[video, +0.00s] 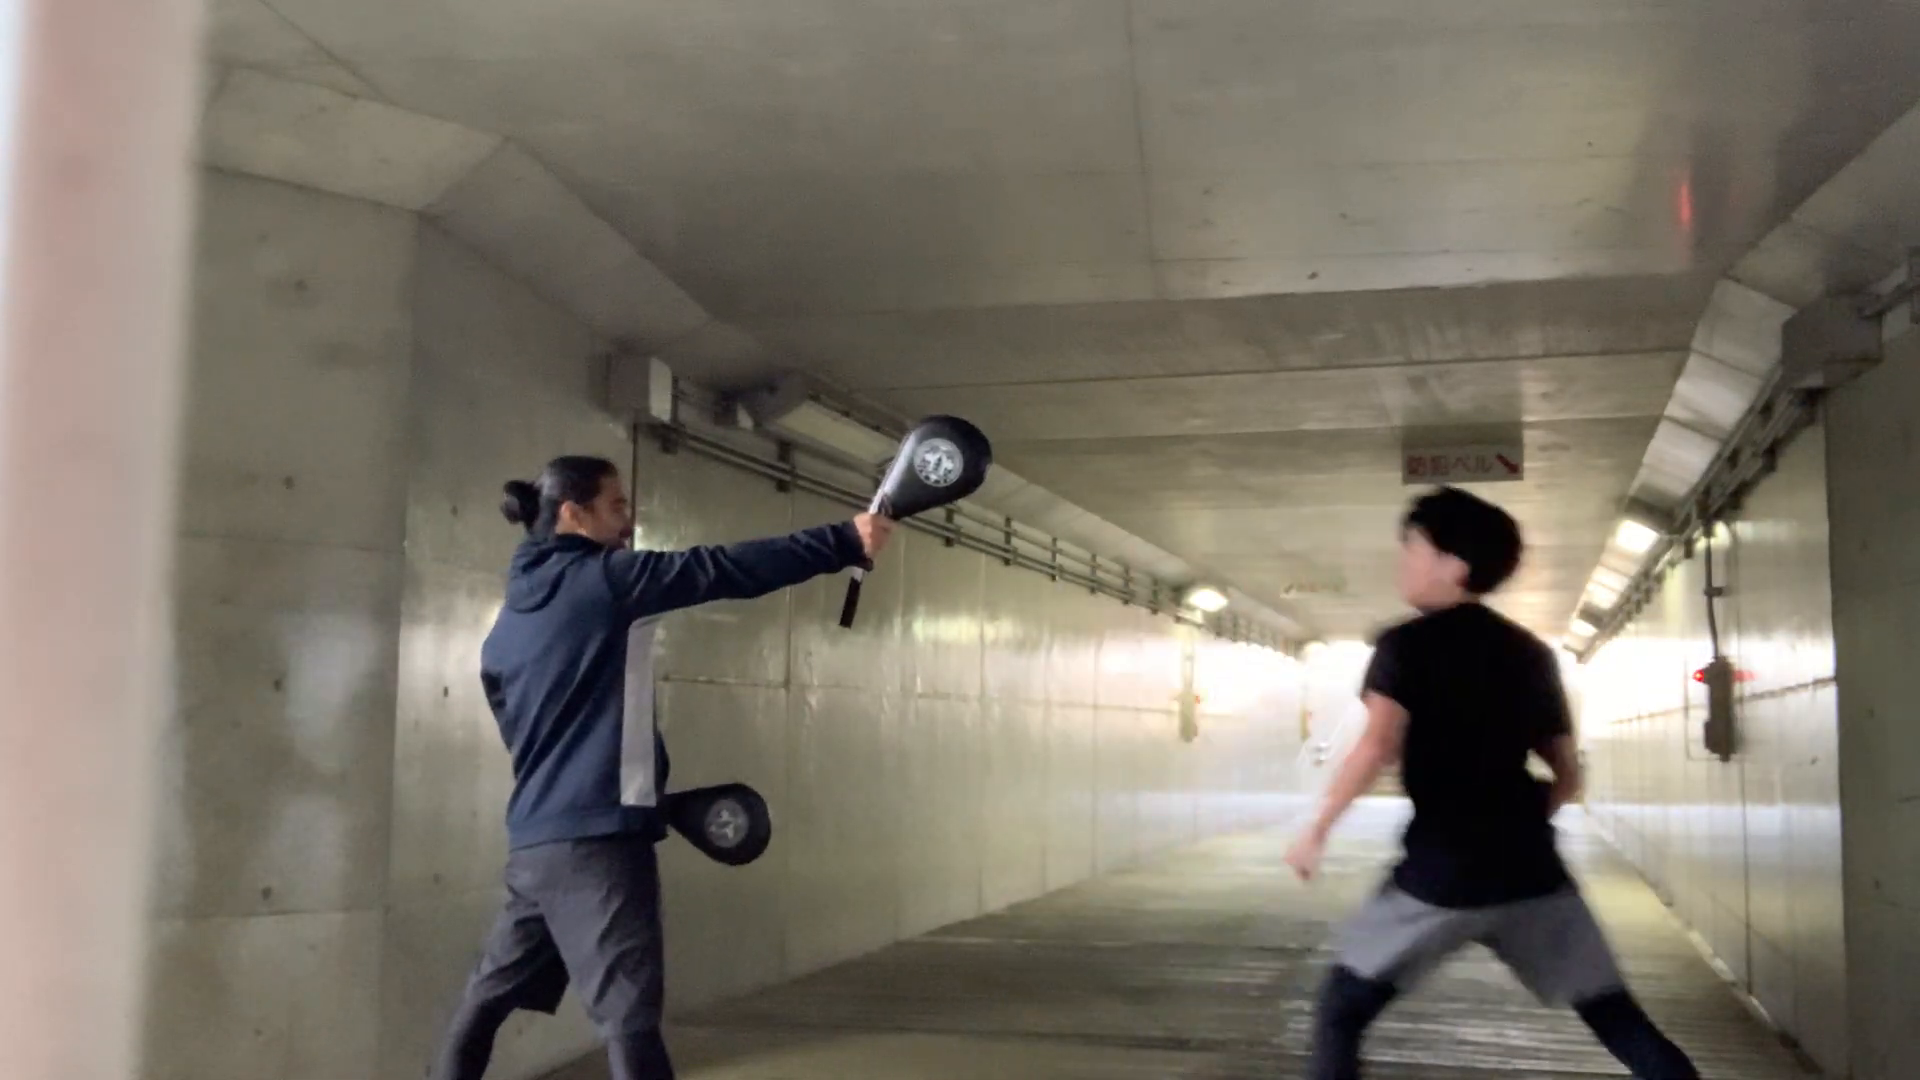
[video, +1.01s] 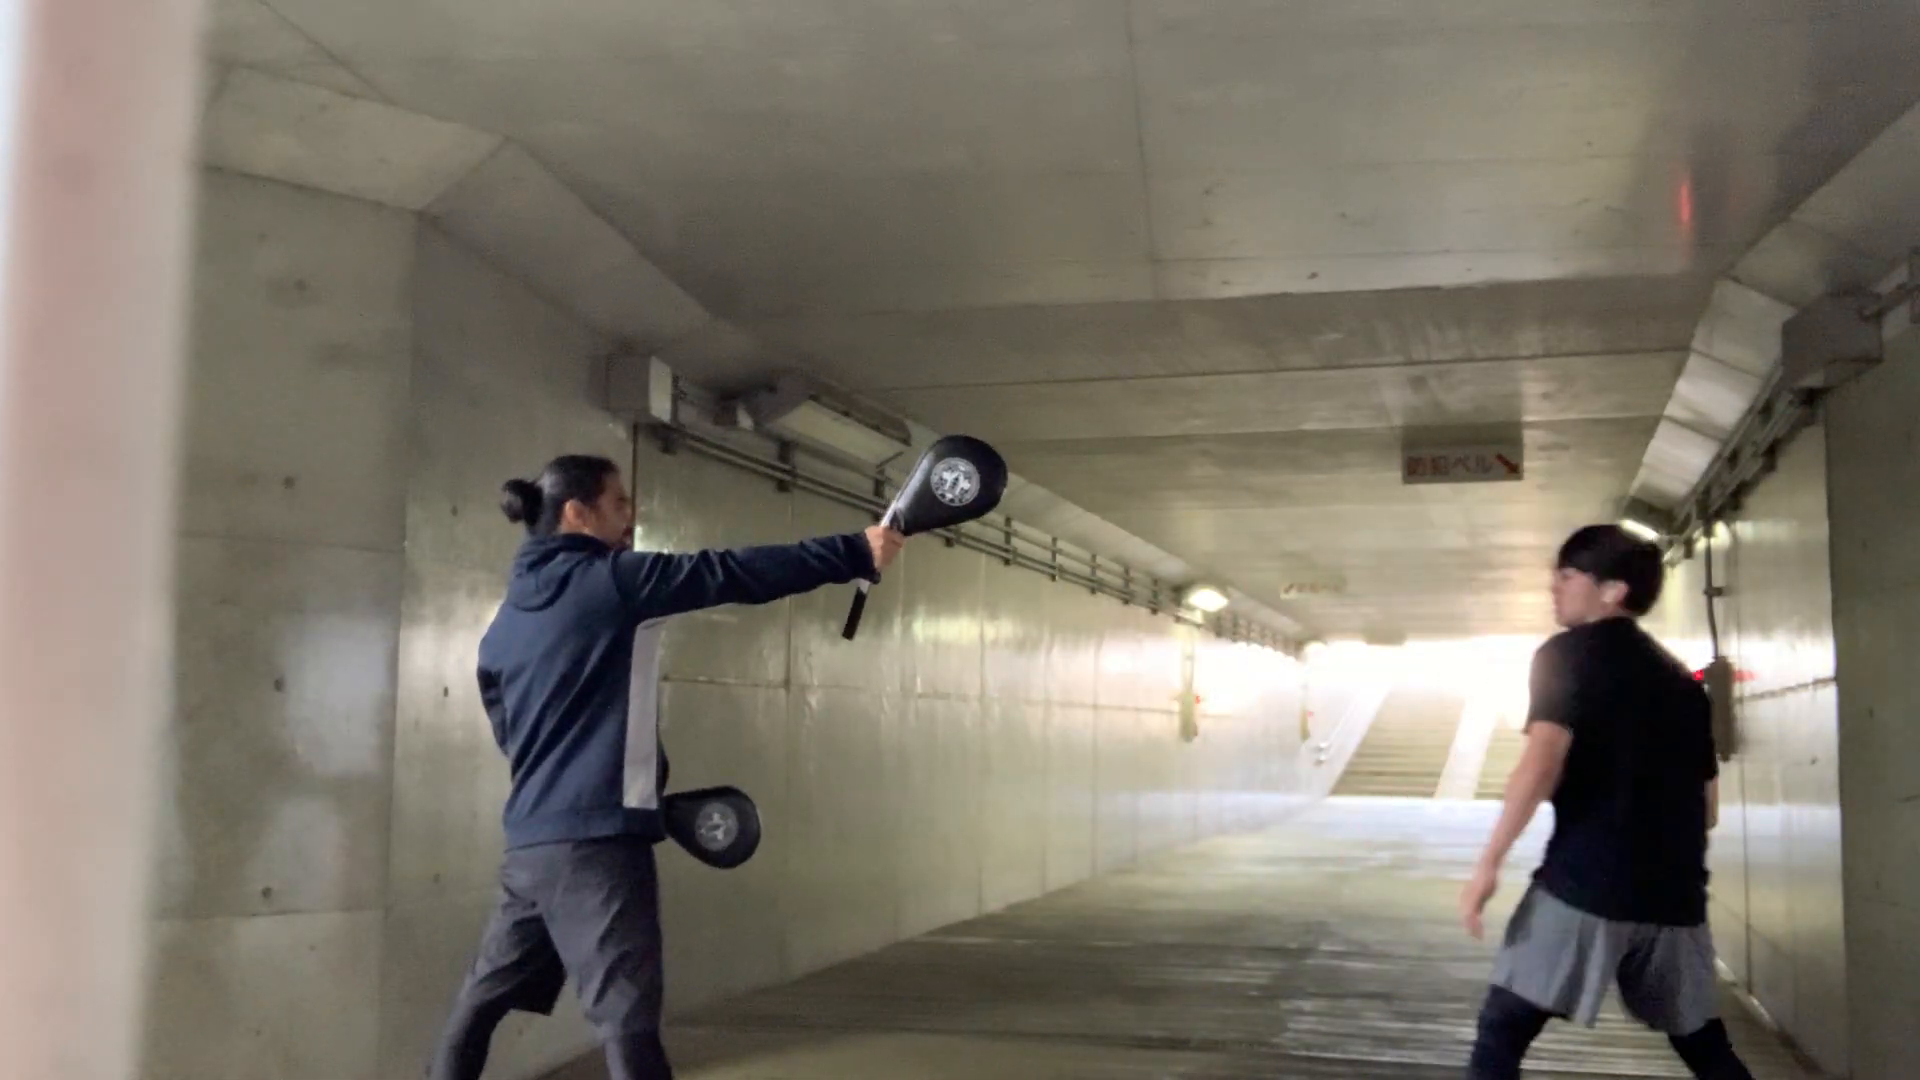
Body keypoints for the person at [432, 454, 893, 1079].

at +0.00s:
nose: (630, 519)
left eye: (628, 506)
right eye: (618, 507)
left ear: (563, 518)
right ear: (571, 513)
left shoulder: (503, 634)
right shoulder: (606, 577)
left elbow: (538, 751)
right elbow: (723, 569)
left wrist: (641, 794)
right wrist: (844, 540)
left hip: (535, 838)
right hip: (597, 836)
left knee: (486, 998)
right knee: (629, 1021)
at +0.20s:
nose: (632, 519)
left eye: (629, 506)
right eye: (621, 506)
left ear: (566, 517)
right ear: (576, 511)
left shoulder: (502, 632)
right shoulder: (608, 577)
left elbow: (527, 747)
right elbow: (727, 569)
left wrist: (638, 792)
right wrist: (848, 540)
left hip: (534, 837)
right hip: (597, 835)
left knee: (481, 1005)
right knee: (629, 1024)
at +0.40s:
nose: (634, 517)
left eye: (631, 504)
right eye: (624, 505)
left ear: (568, 517)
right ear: (580, 512)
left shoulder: (503, 632)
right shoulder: (611, 579)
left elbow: (527, 746)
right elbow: (730, 570)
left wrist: (638, 787)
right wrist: (853, 543)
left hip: (533, 839)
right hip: (597, 839)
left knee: (479, 1007)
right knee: (629, 1024)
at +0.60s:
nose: (634, 517)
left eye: (631, 504)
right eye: (624, 504)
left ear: (568, 516)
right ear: (580, 512)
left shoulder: (502, 632)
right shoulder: (613, 578)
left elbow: (527, 745)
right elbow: (732, 571)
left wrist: (639, 787)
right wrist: (855, 545)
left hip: (532, 840)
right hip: (596, 839)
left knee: (478, 1006)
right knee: (628, 1027)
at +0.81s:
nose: (634, 517)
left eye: (630, 504)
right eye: (623, 504)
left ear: (568, 517)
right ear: (578, 513)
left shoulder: (501, 633)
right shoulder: (611, 578)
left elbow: (526, 747)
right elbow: (731, 572)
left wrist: (637, 785)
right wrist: (855, 546)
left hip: (532, 841)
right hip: (595, 841)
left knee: (477, 1009)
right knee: (628, 1029)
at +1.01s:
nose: (632, 518)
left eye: (629, 505)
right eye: (621, 505)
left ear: (567, 517)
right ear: (576, 513)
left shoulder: (500, 632)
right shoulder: (613, 578)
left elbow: (522, 744)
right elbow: (731, 573)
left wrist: (633, 778)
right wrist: (856, 552)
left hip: (532, 840)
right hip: (595, 839)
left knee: (477, 1007)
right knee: (627, 1025)